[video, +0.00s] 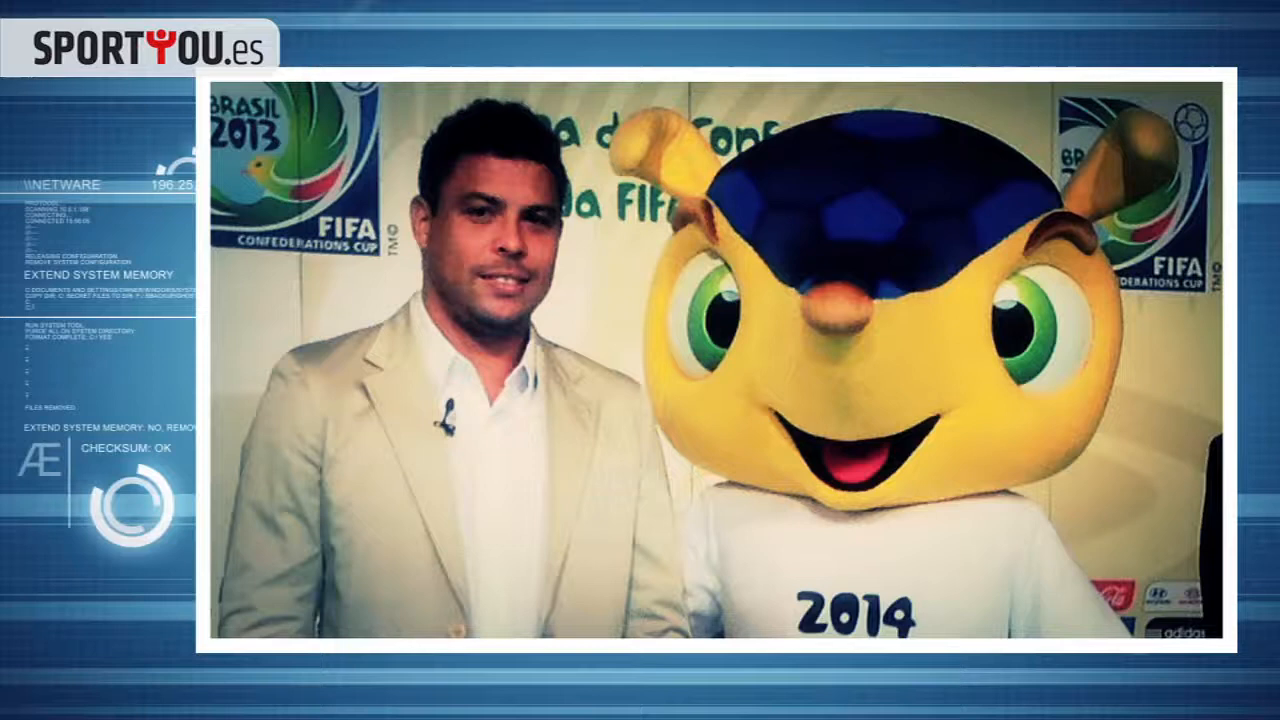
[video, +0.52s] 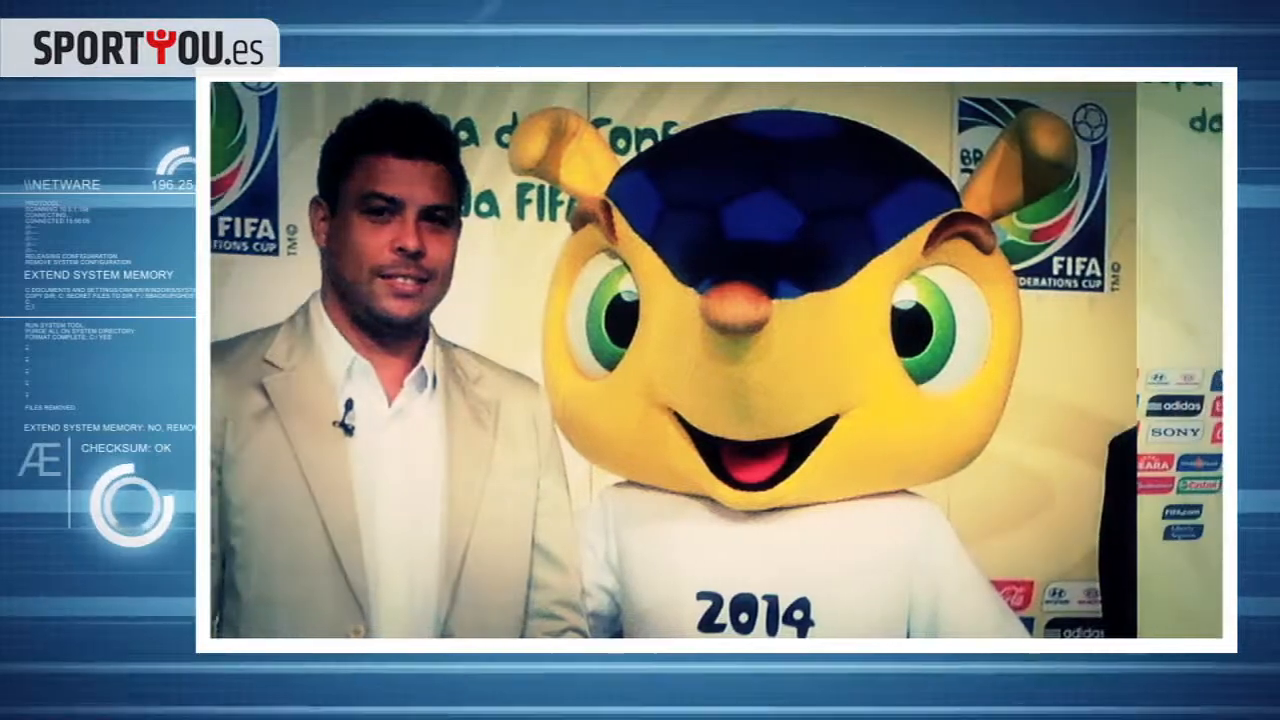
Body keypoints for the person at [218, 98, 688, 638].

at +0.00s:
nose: (512, 244)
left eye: (536, 218)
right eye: (480, 211)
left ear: (559, 238)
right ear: (423, 225)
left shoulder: (620, 410)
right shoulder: (315, 392)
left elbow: (658, 622)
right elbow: (263, 627)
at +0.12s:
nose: (496, 243)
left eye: (520, 218)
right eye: (464, 211)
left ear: (542, 238)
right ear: (406, 224)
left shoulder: (604, 409)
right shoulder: (297, 392)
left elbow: (642, 622)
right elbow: (248, 628)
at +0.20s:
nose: (479, 242)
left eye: (504, 219)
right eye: (448, 210)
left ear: (525, 238)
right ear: (390, 223)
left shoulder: (587, 410)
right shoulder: (280, 392)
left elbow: (624, 625)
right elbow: (236, 625)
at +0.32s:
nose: (454, 242)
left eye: (479, 219)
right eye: (423, 211)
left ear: (500, 238)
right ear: (365, 224)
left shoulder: (561, 410)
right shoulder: (251, 394)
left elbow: (599, 623)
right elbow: (218, 625)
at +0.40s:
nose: (437, 243)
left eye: (462, 218)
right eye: (406, 211)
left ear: (483, 236)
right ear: (348, 223)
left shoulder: (544, 411)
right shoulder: (233, 393)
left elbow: (582, 620)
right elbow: (206, 626)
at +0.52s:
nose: (410, 243)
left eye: (435, 219)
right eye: (380, 212)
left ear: (456, 238)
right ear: (323, 224)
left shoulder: (519, 411)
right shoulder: (213, 393)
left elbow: (556, 622)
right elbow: (182, 613)